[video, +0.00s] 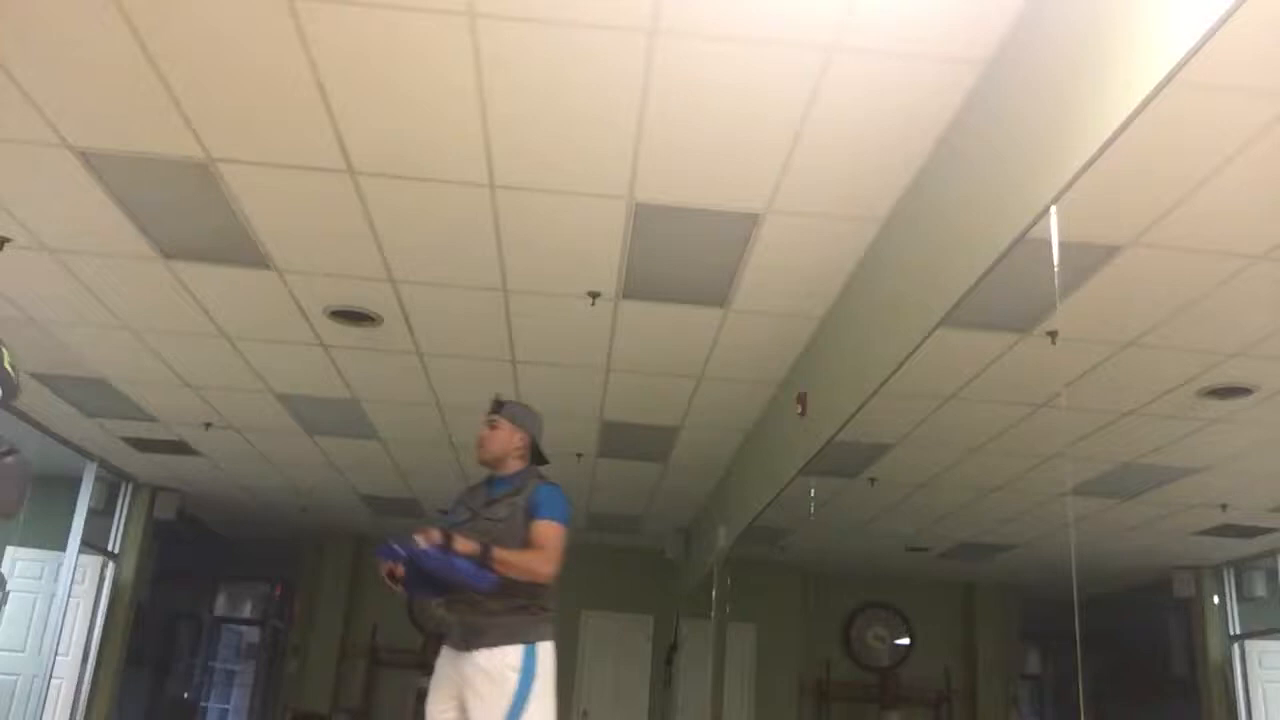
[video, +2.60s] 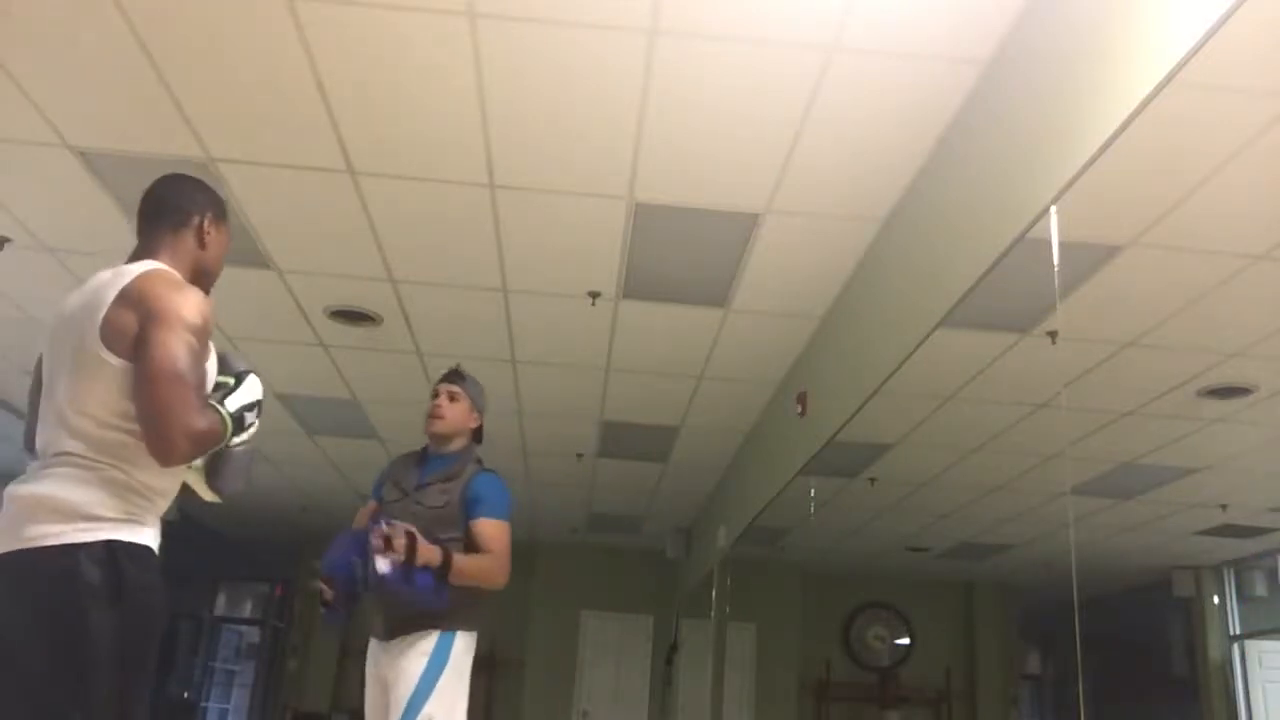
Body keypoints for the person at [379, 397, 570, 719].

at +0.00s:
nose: (481, 433)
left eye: (492, 425)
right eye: (484, 426)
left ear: (521, 440)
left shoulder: (544, 494)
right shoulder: (471, 496)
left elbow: (545, 566)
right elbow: (445, 552)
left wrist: (476, 550)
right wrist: (406, 570)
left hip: (513, 653)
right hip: (456, 649)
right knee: (440, 712)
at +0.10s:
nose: (493, 435)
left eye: (504, 428)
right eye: (496, 428)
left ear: (532, 443)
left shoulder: (556, 496)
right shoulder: (481, 498)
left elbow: (564, 573)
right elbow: (456, 559)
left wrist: (498, 563)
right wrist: (418, 578)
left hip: (526, 655)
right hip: (469, 651)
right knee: (450, 712)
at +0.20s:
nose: (508, 436)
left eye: (522, 430)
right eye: (510, 429)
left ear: (550, 444)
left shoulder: (577, 504)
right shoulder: (493, 502)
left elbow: (592, 581)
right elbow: (467, 570)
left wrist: (531, 586)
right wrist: (437, 605)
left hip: (545, 660)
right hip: (484, 656)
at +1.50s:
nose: (502, 433)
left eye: (515, 426)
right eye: (501, 426)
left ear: (540, 442)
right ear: (498, 435)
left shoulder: (556, 495)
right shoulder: (480, 497)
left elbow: (563, 573)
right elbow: (450, 556)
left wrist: (489, 572)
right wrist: (438, 578)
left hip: (516, 657)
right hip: (455, 651)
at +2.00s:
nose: (463, 428)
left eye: (476, 420)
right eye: (460, 420)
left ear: (500, 437)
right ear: (455, 429)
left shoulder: (516, 489)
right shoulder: (434, 488)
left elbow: (528, 566)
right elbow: (401, 550)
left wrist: (482, 516)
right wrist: (389, 587)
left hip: (477, 632)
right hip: (422, 631)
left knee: (460, 713)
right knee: (411, 713)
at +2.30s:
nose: (452, 420)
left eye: (465, 413)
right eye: (449, 413)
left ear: (489, 432)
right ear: (442, 423)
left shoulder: (503, 487)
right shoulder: (413, 486)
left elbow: (525, 567)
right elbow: (381, 549)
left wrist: (471, 539)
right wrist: (364, 591)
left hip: (458, 641)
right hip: (403, 639)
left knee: (438, 713)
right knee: (400, 713)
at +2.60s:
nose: (437, 402)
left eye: (451, 397)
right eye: (434, 396)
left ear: (475, 419)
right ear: (427, 409)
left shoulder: (482, 484)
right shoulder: (398, 470)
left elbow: (497, 571)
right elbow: (361, 528)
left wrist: (430, 555)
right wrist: (337, 577)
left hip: (439, 637)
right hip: (384, 634)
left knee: (421, 712)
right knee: (379, 713)